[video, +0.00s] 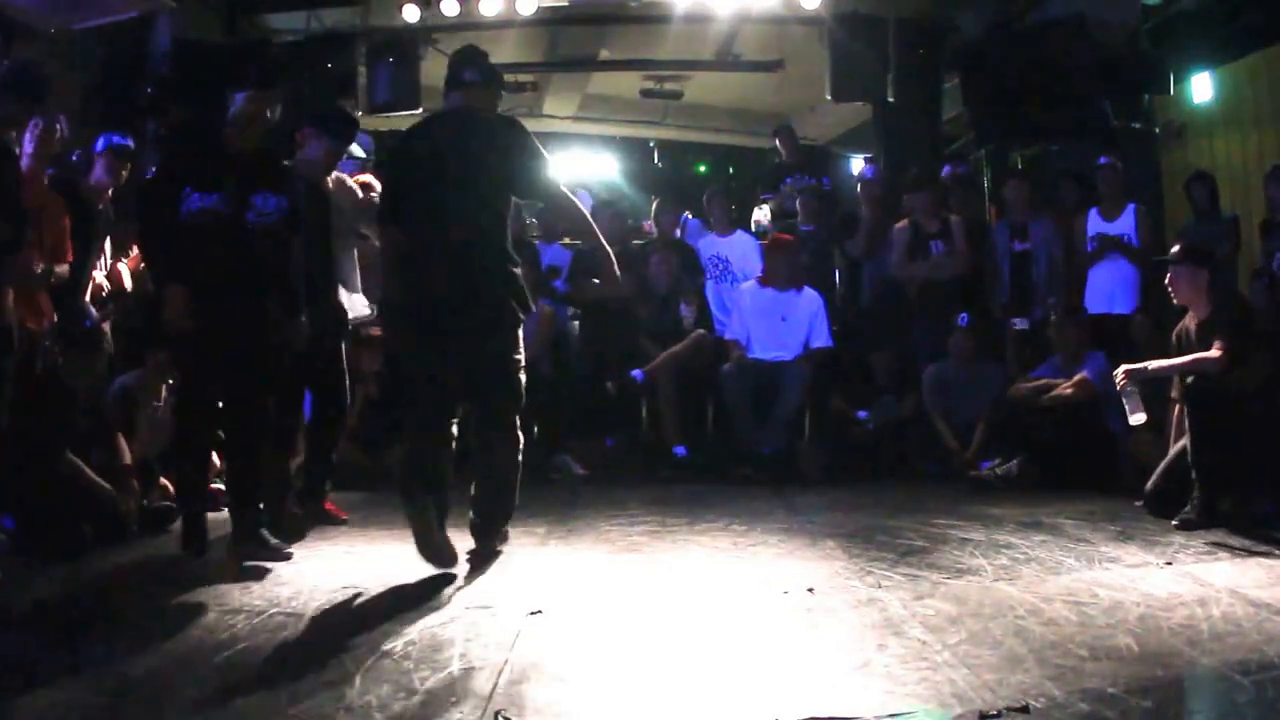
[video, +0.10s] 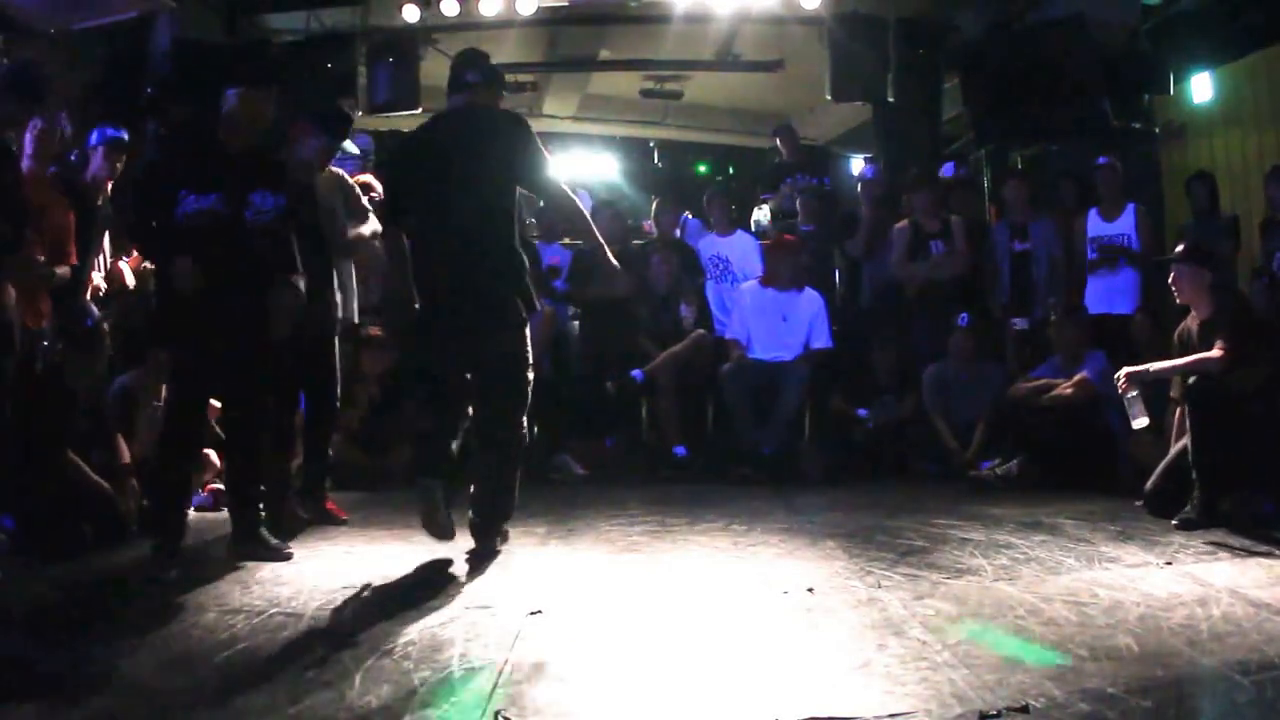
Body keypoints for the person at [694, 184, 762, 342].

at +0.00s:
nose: (718, 212)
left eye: (722, 206)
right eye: (714, 207)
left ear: (730, 208)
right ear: (707, 211)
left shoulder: (748, 242)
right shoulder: (703, 246)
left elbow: (759, 281)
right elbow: (701, 281)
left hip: (749, 320)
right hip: (719, 322)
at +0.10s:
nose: (719, 213)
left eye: (722, 207)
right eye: (714, 208)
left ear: (730, 209)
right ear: (707, 212)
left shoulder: (747, 242)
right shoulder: (703, 245)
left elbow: (758, 280)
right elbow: (702, 279)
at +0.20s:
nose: (718, 214)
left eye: (722, 208)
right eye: (714, 209)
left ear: (730, 210)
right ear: (707, 212)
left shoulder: (748, 243)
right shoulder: (703, 246)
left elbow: (758, 283)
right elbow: (702, 280)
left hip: (747, 320)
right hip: (718, 321)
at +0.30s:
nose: (721, 213)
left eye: (725, 208)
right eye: (717, 209)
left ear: (732, 211)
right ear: (711, 213)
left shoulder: (748, 243)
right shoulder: (704, 245)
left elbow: (759, 284)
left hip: (747, 322)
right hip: (719, 323)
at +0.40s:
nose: (716, 213)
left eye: (720, 208)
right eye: (713, 209)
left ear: (730, 210)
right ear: (709, 212)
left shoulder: (749, 243)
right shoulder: (703, 245)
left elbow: (760, 285)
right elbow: (698, 284)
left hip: (747, 325)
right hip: (717, 325)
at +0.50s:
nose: (717, 214)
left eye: (721, 208)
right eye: (713, 209)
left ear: (731, 210)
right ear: (709, 212)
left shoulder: (749, 243)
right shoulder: (703, 246)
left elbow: (760, 286)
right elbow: (702, 284)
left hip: (749, 326)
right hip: (719, 327)